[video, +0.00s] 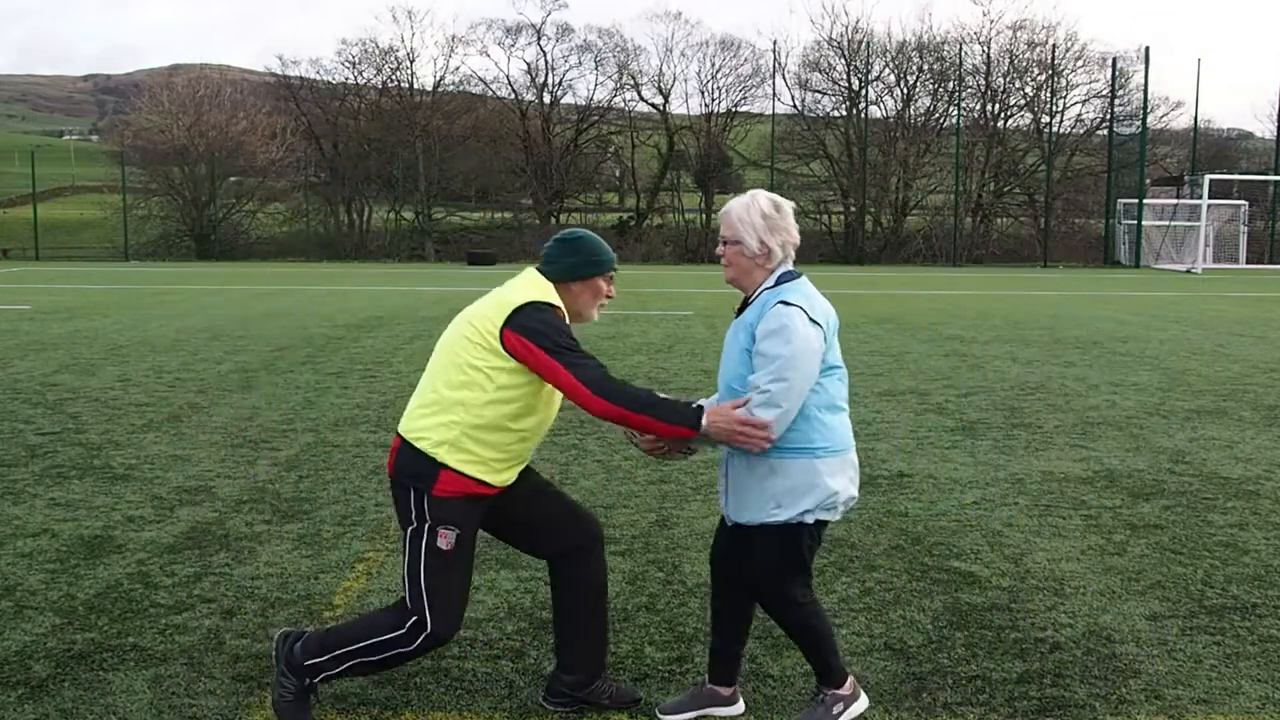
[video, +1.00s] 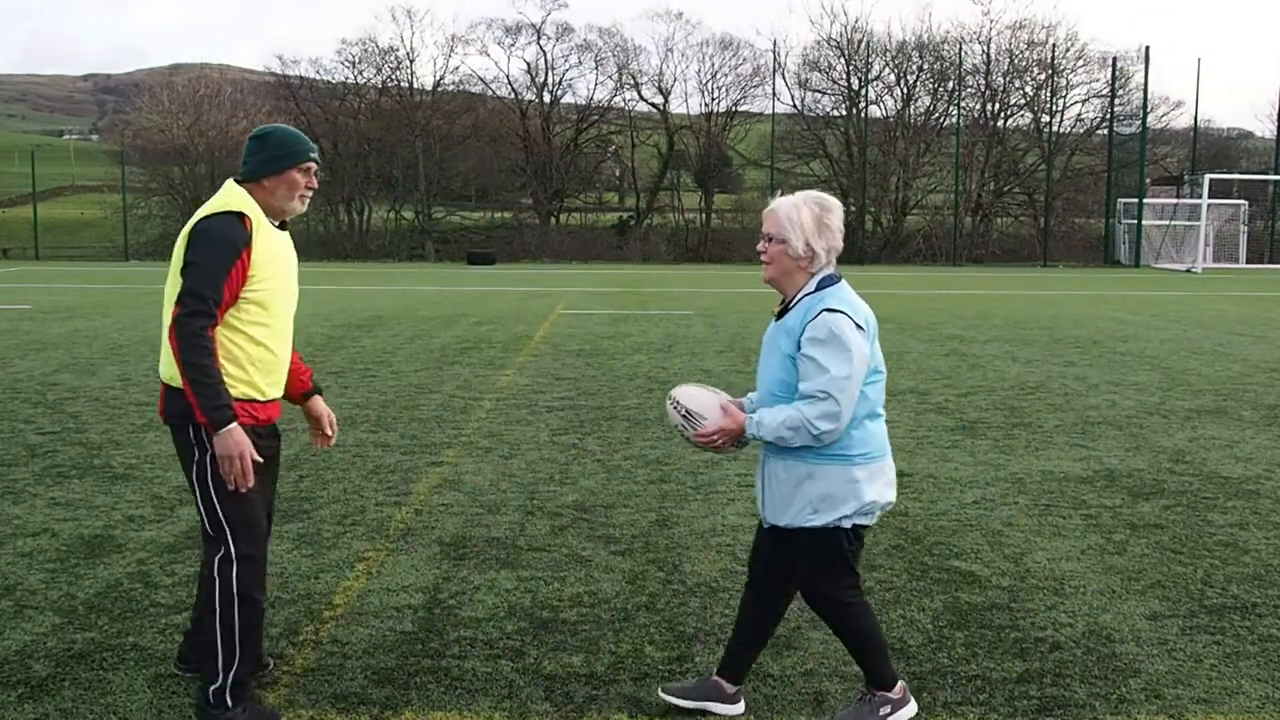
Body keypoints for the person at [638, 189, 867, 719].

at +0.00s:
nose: (718, 253)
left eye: (728, 243)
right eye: (720, 241)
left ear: (763, 251)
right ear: (761, 252)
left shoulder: (790, 315)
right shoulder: (762, 307)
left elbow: (763, 423)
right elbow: (736, 393)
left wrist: (689, 434)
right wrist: (680, 425)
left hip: (798, 480)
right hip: (760, 474)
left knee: (779, 582)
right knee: (730, 567)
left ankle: (840, 689)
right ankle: (720, 688)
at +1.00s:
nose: (760, 250)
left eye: (770, 240)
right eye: (761, 239)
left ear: (806, 251)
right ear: (800, 252)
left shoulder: (832, 319)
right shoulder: (800, 312)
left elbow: (825, 415)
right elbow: (788, 391)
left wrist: (750, 425)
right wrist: (741, 410)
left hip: (834, 485)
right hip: (795, 479)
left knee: (830, 590)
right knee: (766, 583)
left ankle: (890, 693)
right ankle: (726, 683)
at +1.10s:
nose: (785, 252)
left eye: (796, 243)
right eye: (787, 241)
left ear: (829, 253)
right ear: (823, 253)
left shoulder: (859, 322)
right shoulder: (826, 314)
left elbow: (855, 420)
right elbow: (809, 394)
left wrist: (777, 431)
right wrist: (763, 416)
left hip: (862, 486)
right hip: (822, 478)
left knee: (844, 587)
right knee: (784, 566)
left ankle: (890, 696)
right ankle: (750, 678)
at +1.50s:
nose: (873, 245)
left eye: (883, 235)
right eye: (874, 233)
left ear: (918, 243)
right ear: (915, 243)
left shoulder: (950, 309)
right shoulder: (909, 302)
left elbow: (956, 402)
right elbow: (895, 381)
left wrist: (880, 418)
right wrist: (850, 407)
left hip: (952, 471)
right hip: (926, 465)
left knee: (906, 566)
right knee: (947, 567)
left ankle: (896, 695)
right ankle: (984, 672)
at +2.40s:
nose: (1051, 239)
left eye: (1062, 231)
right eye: (1051, 228)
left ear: (1100, 241)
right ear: (1082, 239)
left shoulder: (1130, 305)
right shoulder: (1063, 298)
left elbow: (1143, 394)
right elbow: (1056, 375)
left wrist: (1061, 413)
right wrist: (1023, 407)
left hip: (1124, 468)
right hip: (1084, 464)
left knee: (1109, 578)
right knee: (1095, 574)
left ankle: (1118, 690)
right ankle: (1123, 668)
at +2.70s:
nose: (1058, 246)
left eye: (1070, 236)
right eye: (1057, 235)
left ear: (1107, 241)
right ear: (1062, 239)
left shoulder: (1144, 304)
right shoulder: (1072, 299)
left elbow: (1159, 393)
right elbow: (1066, 374)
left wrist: (1078, 414)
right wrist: (1037, 406)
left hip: (1140, 463)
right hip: (1096, 459)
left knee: (1118, 569)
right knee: (1101, 566)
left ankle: (1128, 681)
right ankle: (1121, 668)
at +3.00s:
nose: (1058, 244)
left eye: (1070, 235)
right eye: (1058, 234)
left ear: (1107, 240)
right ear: (1064, 237)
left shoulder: (1143, 304)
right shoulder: (1074, 298)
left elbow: (1157, 392)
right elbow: (1068, 374)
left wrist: (1077, 413)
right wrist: (1037, 406)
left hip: (1138, 462)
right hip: (1096, 458)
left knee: (1113, 566)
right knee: (1099, 563)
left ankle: (1127, 681)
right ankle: (1121, 667)